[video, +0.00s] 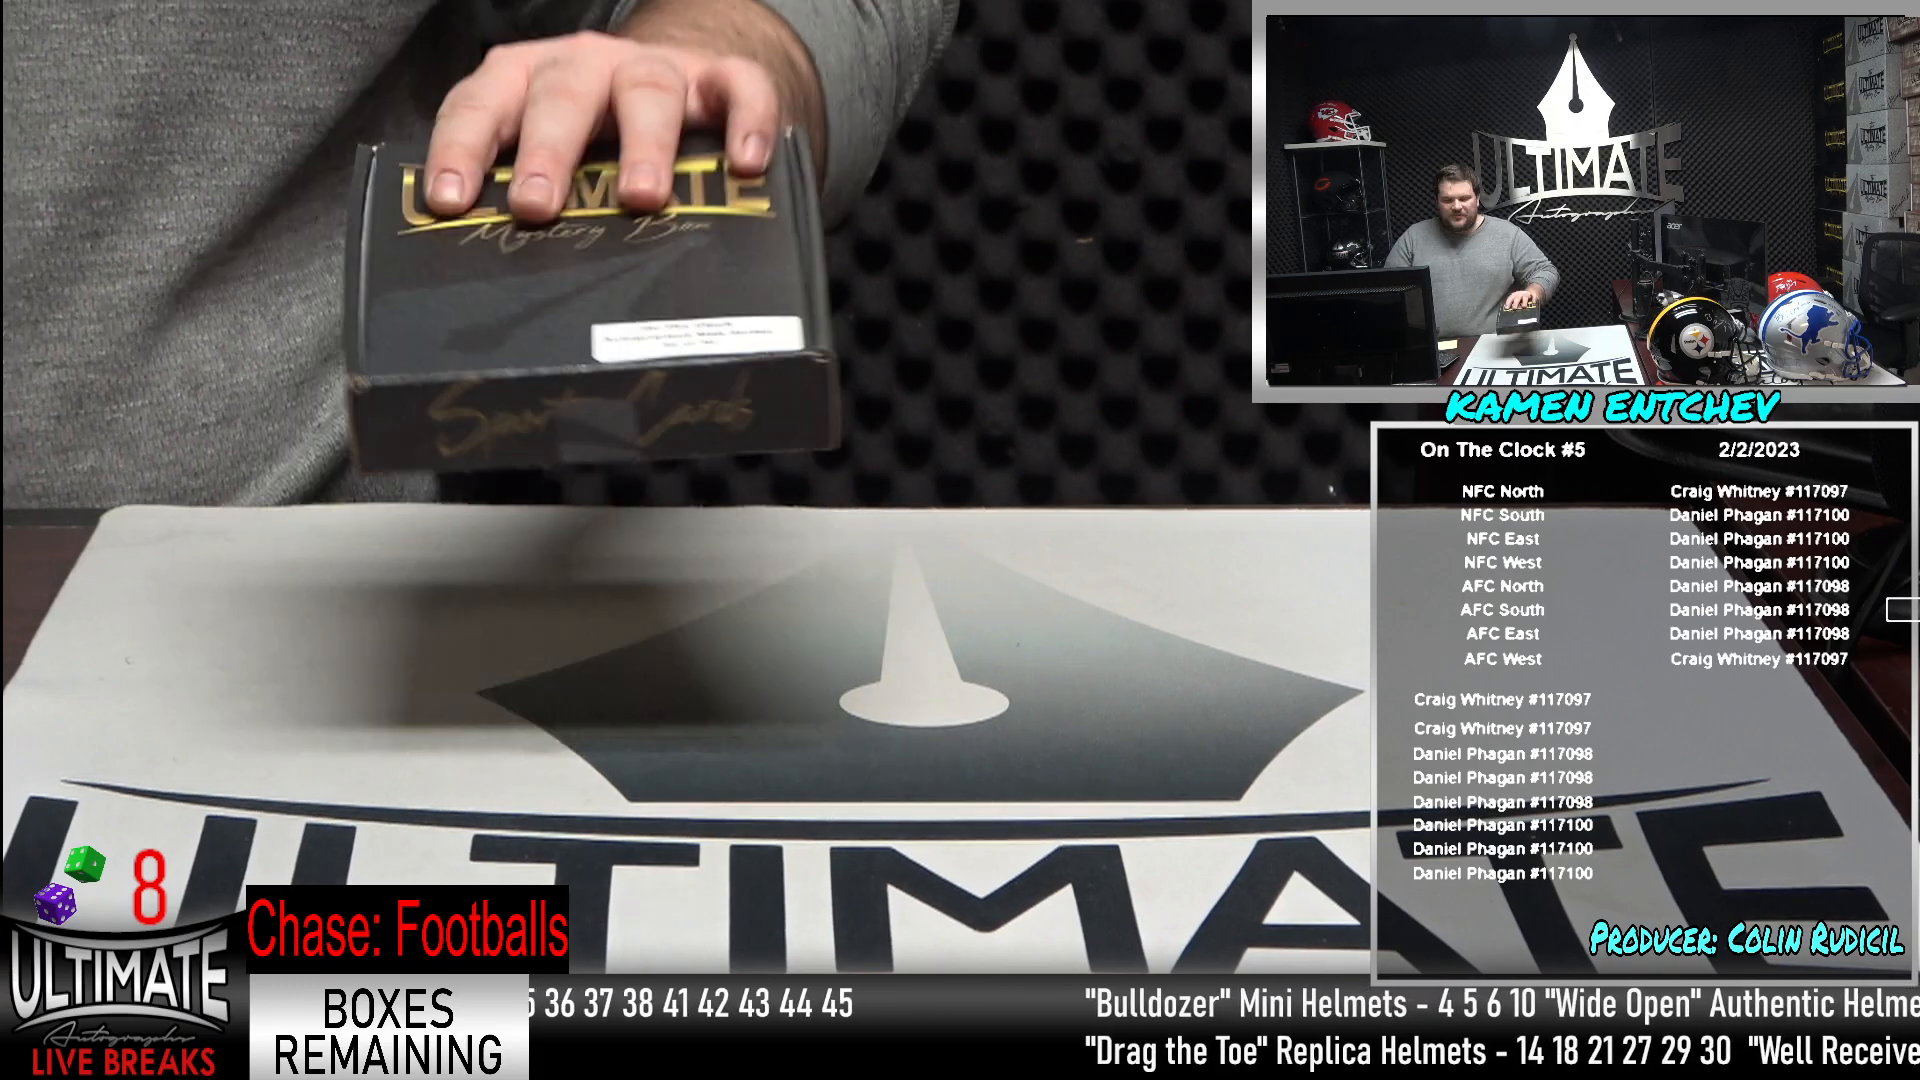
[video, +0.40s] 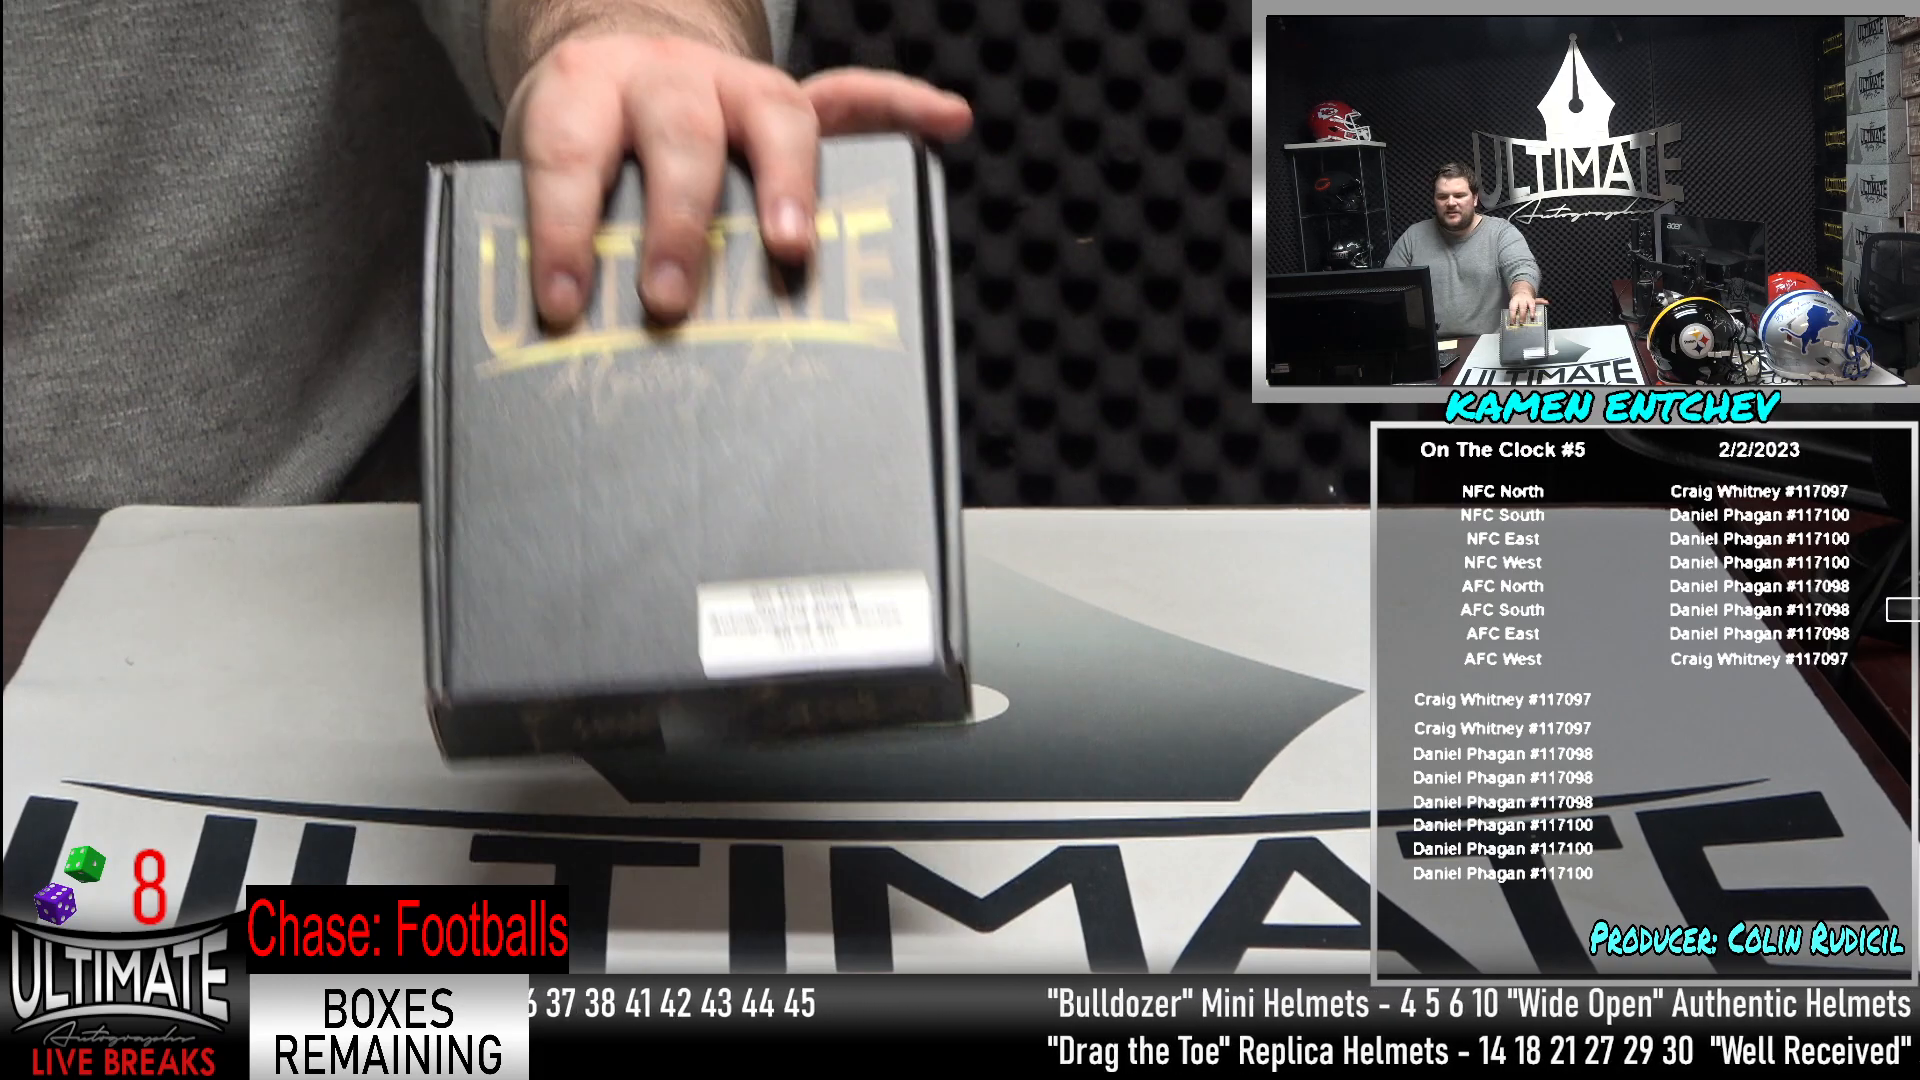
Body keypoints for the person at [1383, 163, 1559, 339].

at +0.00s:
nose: (1457, 207)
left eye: (1464, 198)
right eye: (1448, 200)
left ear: (1477, 199)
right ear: (1437, 201)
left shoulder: (1508, 235)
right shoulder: (1415, 237)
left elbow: (1544, 270)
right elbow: (1388, 287)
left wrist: (1533, 291)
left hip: (1496, 352)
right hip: (1432, 355)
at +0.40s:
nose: (1451, 203)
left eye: (1459, 195)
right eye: (1443, 197)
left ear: (1475, 198)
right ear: (1434, 200)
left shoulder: (1501, 232)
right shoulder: (1414, 237)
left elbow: (1522, 267)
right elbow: (1388, 284)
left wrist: (1522, 292)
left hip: (1489, 346)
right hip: (1428, 349)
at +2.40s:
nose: (1464, 210)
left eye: (1470, 201)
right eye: (1455, 203)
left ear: (1479, 198)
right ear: (1438, 204)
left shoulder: (1510, 234)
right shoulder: (1415, 238)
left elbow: (1545, 266)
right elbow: (1389, 288)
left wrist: (1543, 292)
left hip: (1499, 353)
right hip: (1434, 356)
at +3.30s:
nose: (1459, 206)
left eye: (1465, 197)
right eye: (1450, 200)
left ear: (1475, 197)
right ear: (1436, 202)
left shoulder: (1506, 231)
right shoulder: (1416, 237)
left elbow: (1536, 272)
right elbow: (1394, 287)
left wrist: (1520, 301)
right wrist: (1419, 311)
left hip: (1497, 349)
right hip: (1436, 354)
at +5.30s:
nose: (1457, 216)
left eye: (1464, 207)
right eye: (1449, 209)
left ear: (1475, 201)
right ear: (1436, 205)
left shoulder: (1505, 232)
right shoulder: (1416, 238)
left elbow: (1538, 272)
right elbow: (1392, 289)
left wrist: (1511, 294)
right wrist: (1430, 301)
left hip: (1500, 348)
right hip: (1436, 354)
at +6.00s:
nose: (1463, 218)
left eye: (1469, 209)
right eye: (1454, 210)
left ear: (1478, 203)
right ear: (1439, 206)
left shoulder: (1506, 232)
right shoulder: (1416, 238)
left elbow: (1540, 272)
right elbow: (1391, 288)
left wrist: (1520, 281)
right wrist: (1425, 304)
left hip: (1499, 347)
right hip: (1434, 352)